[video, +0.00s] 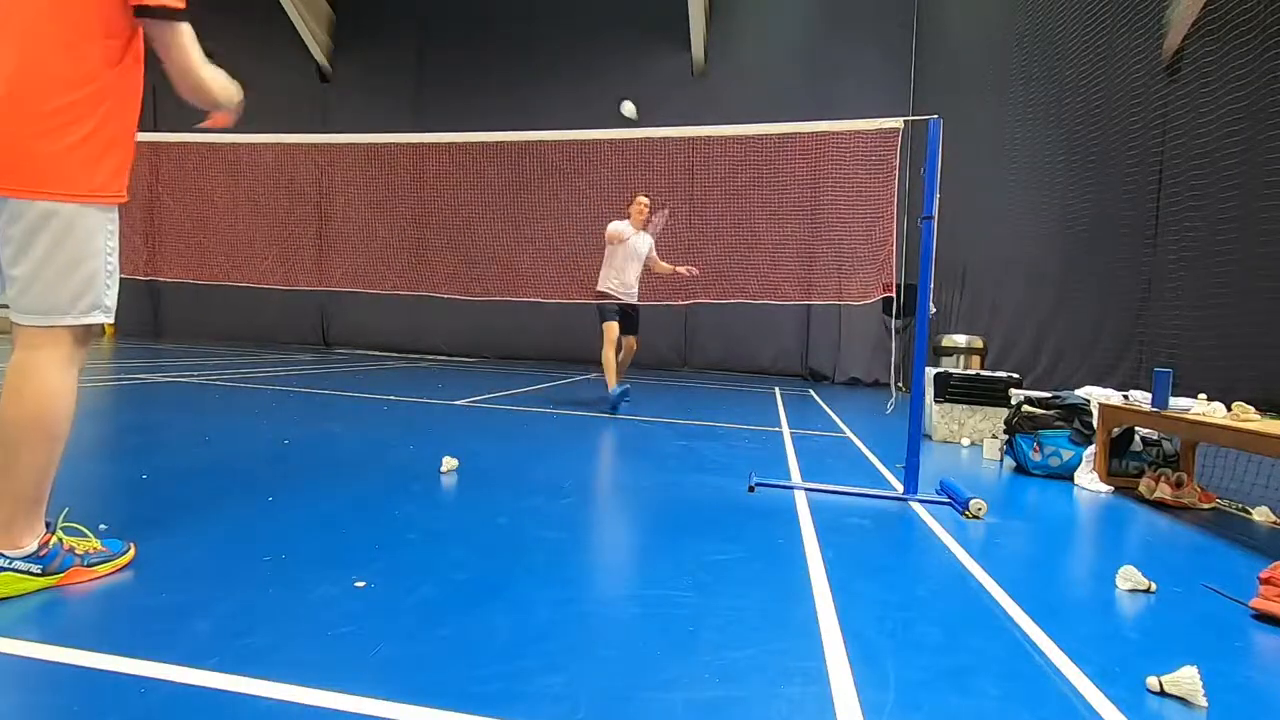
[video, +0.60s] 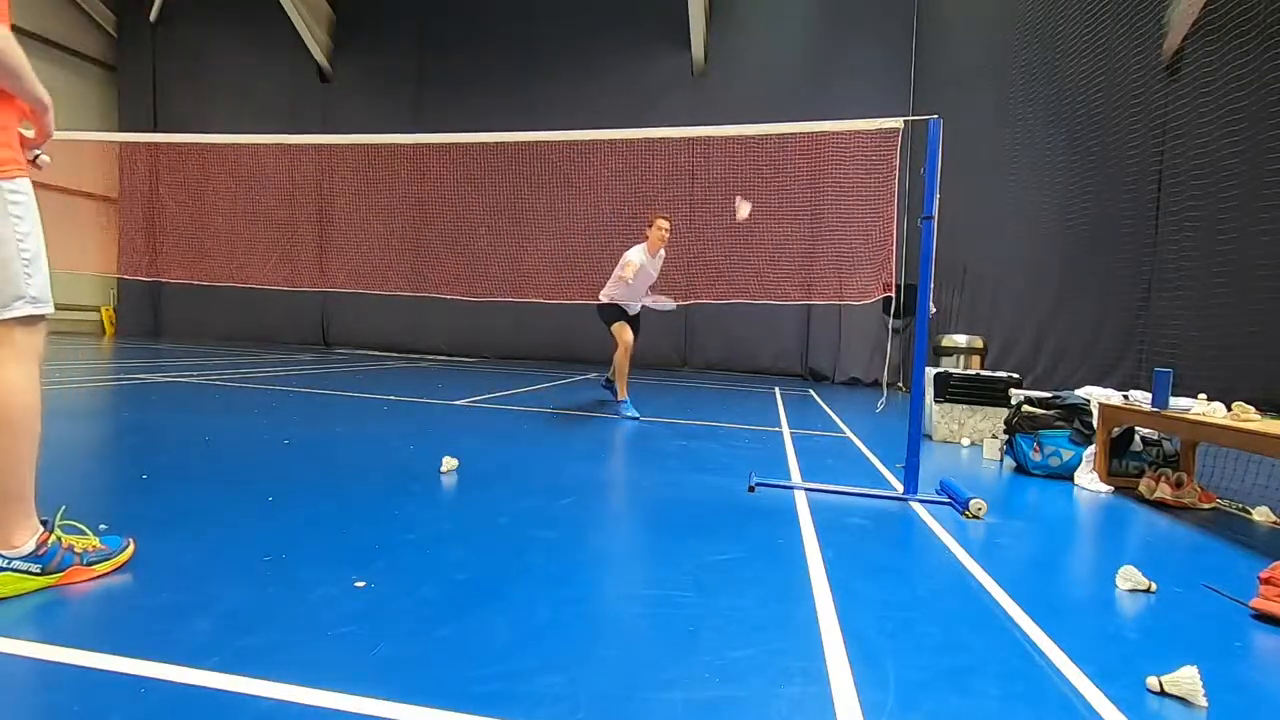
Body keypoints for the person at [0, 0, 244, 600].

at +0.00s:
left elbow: (185, 67)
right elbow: (188, 72)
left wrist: (213, 90)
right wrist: (221, 92)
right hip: (53, 133)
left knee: (33, 336)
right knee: (49, 337)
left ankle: (20, 536)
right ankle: (20, 544)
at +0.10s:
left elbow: (134, 59)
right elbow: (137, 65)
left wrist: (161, 99)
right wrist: (169, 105)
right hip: (43, 118)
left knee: (36, 330)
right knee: (44, 332)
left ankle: (18, 532)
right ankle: (19, 543)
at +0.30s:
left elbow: (49, 46)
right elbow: (55, 46)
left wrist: (94, 103)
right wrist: (104, 101)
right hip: (24, 154)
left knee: (23, 339)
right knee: (27, 340)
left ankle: (20, 534)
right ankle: (19, 542)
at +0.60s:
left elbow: (5, 48)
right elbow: (1, 43)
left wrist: (23, 128)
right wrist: (41, 106)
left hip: (8, 160)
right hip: (3, 161)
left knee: (19, 333)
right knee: (19, 334)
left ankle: (19, 532)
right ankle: (19, 540)